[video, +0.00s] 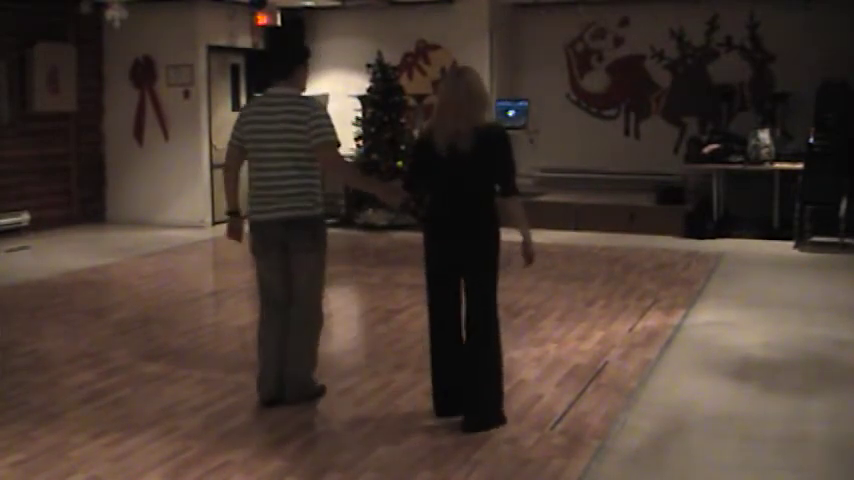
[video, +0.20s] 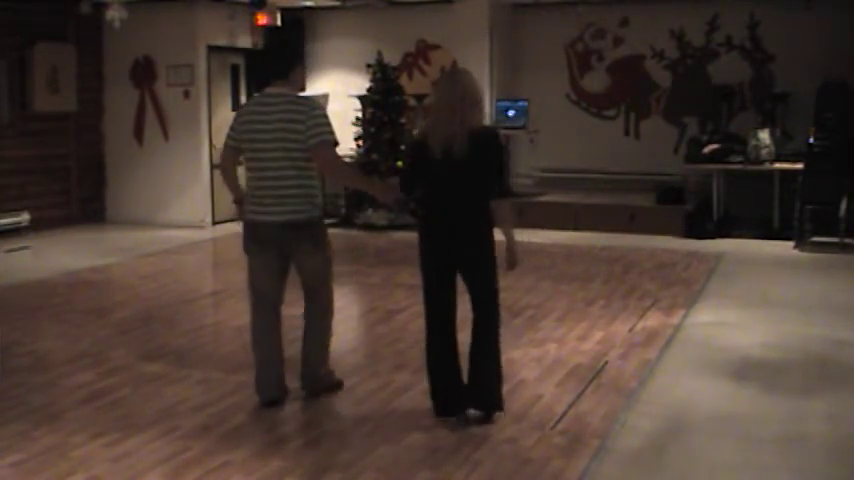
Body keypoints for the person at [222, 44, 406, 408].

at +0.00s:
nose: (307, 72)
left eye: (305, 65)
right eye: (306, 66)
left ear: (270, 69)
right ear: (300, 69)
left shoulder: (252, 110)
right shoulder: (310, 109)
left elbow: (230, 163)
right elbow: (332, 164)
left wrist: (233, 212)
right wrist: (378, 189)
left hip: (263, 221)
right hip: (304, 220)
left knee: (272, 302)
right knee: (306, 302)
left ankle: (270, 386)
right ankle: (299, 384)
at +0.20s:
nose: (305, 72)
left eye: (302, 65)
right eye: (302, 66)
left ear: (266, 69)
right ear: (296, 68)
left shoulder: (248, 111)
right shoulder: (308, 110)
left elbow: (226, 162)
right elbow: (329, 165)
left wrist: (238, 195)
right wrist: (373, 187)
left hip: (260, 224)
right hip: (303, 222)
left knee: (264, 305)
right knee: (319, 299)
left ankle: (269, 388)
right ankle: (316, 376)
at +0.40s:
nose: (304, 73)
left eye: (302, 66)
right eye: (302, 66)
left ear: (265, 71)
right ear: (295, 69)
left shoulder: (251, 111)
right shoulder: (310, 111)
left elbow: (229, 165)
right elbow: (332, 170)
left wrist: (253, 191)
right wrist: (371, 193)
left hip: (261, 225)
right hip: (304, 224)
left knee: (263, 305)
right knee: (321, 300)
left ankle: (268, 388)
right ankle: (332, 374)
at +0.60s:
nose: (305, 72)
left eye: (302, 65)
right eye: (302, 66)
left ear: (265, 70)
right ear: (297, 69)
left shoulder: (252, 111)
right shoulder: (312, 112)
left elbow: (234, 164)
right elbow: (331, 169)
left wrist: (261, 188)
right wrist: (372, 193)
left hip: (265, 225)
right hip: (309, 224)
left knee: (265, 305)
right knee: (329, 299)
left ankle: (269, 388)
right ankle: (335, 375)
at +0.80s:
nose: (304, 73)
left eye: (301, 66)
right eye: (302, 67)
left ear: (266, 71)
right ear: (298, 70)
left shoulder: (252, 112)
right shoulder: (313, 112)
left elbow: (237, 168)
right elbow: (333, 172)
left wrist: (257, 200)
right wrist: (373, 194)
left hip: (266, 226)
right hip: (310, 225)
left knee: (266, 305)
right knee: (326, 299)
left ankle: (269, 388)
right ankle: (335, 374)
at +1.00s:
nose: (304, 73)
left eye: (300, 66)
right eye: (303, 67)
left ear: (267, 71)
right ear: (300, 70)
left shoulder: (254, 113)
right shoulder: (314, 113)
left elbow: (236, 168)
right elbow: (333, 171)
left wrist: (256, 199)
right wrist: (377, 193)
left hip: (267, 226)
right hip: (312, 226)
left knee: (266, 304)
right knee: (332, 297)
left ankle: (269, 389)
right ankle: (336, 374)